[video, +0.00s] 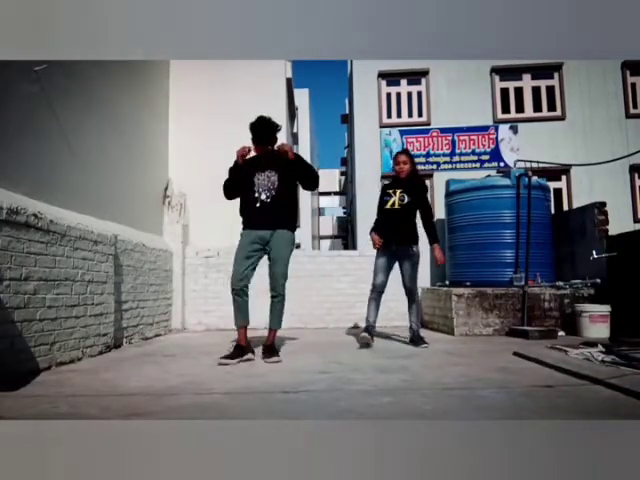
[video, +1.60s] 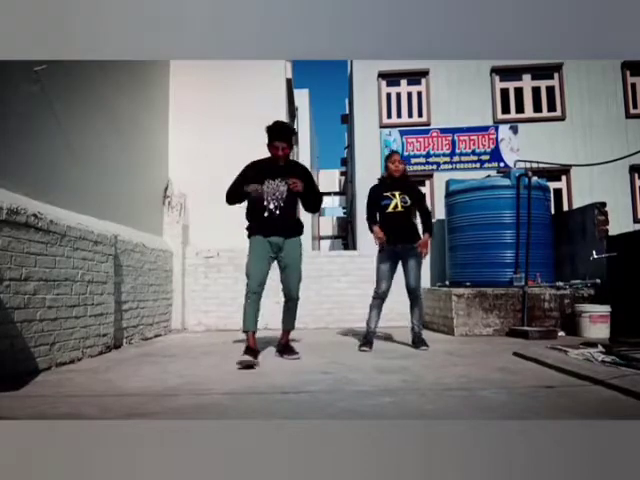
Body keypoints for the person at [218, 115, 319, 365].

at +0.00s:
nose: (264, 146)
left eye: (268, 142)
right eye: (260, 142)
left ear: (272, 140)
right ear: (254, 142)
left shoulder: (288, 161)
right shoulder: (247, 164)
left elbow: (312, 183)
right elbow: (230, 193)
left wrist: (293, 157)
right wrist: (238, 163)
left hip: (281, 231)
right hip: (252, 231)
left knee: (278, 288)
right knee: (238, 284)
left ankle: (270, 343)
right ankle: (242, 343)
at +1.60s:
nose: (280, 153)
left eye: (285, 148)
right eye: (276, 148)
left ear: (291, 147)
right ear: (269, 146)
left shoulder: (299, 171)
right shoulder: (255, 169)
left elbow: (314, 206)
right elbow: (230, 198)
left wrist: (303, 191)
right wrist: (248, 189)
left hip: (290, 238)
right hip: (261, 238)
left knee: (292, 292)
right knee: (254, 288)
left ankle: (284, 342)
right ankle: (251, 345)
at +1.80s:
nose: (287, 148)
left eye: (291, 144)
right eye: (282, 143)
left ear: (296, 145)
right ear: (275, 143)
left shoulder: (302, 174)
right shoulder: (258, 168)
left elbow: (311, 206)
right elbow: (237, 201)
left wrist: (307, 231)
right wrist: (237, 224)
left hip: (288, 237)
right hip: (258, 235)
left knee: (289, 288)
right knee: (245, 283)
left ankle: (284, 340)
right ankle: (246, 335)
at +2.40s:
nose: (251, 144)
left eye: (255, 140)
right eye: (246, 140)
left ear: (260, 143)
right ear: (239, 142)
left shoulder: (274, 168)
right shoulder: (230, 176)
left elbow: (292, 198)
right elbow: (220, 204)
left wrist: (292, 225)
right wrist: (224, 228)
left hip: (273, 234)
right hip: (244, 236)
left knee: (282, 283)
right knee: (238, 285)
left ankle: (288, 336)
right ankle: (248, 333)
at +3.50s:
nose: (285, 141)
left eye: (290, 137)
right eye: (281, 136)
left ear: (297, 139)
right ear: (275, 136)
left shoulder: (304, 171)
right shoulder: (257, 164)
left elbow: (322, 203)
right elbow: (231, 191)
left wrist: (318, 207)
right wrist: (243, 203)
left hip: (290, 234)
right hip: (260, 234)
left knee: (294, 288)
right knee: (248, 288)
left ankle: (295, 344)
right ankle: (250, 342)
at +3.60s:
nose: (282, 139)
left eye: (287, 134)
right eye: (277, 134)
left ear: (295, 134)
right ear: (271, 134)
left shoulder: (302, 162)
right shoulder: (258, 160)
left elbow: (327, 190)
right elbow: (227, 184)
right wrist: (242, 175)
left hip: (291, 232)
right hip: (260, 232)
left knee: (294, 288)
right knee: (250, 287)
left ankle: (295, 343)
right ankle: (245, 344)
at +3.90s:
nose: (265, 139)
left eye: (269, 134)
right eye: (260, 134)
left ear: (276, 133)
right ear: (252, 134)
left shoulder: (287, 156)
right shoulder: (245, 161)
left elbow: (311, 166)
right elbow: (220, 178)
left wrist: (288, 139)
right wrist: (236, 148)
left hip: (286, 229)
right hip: (254, 230)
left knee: (292, 286)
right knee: (244, 285)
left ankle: (295, 343)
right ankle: (242, 344)